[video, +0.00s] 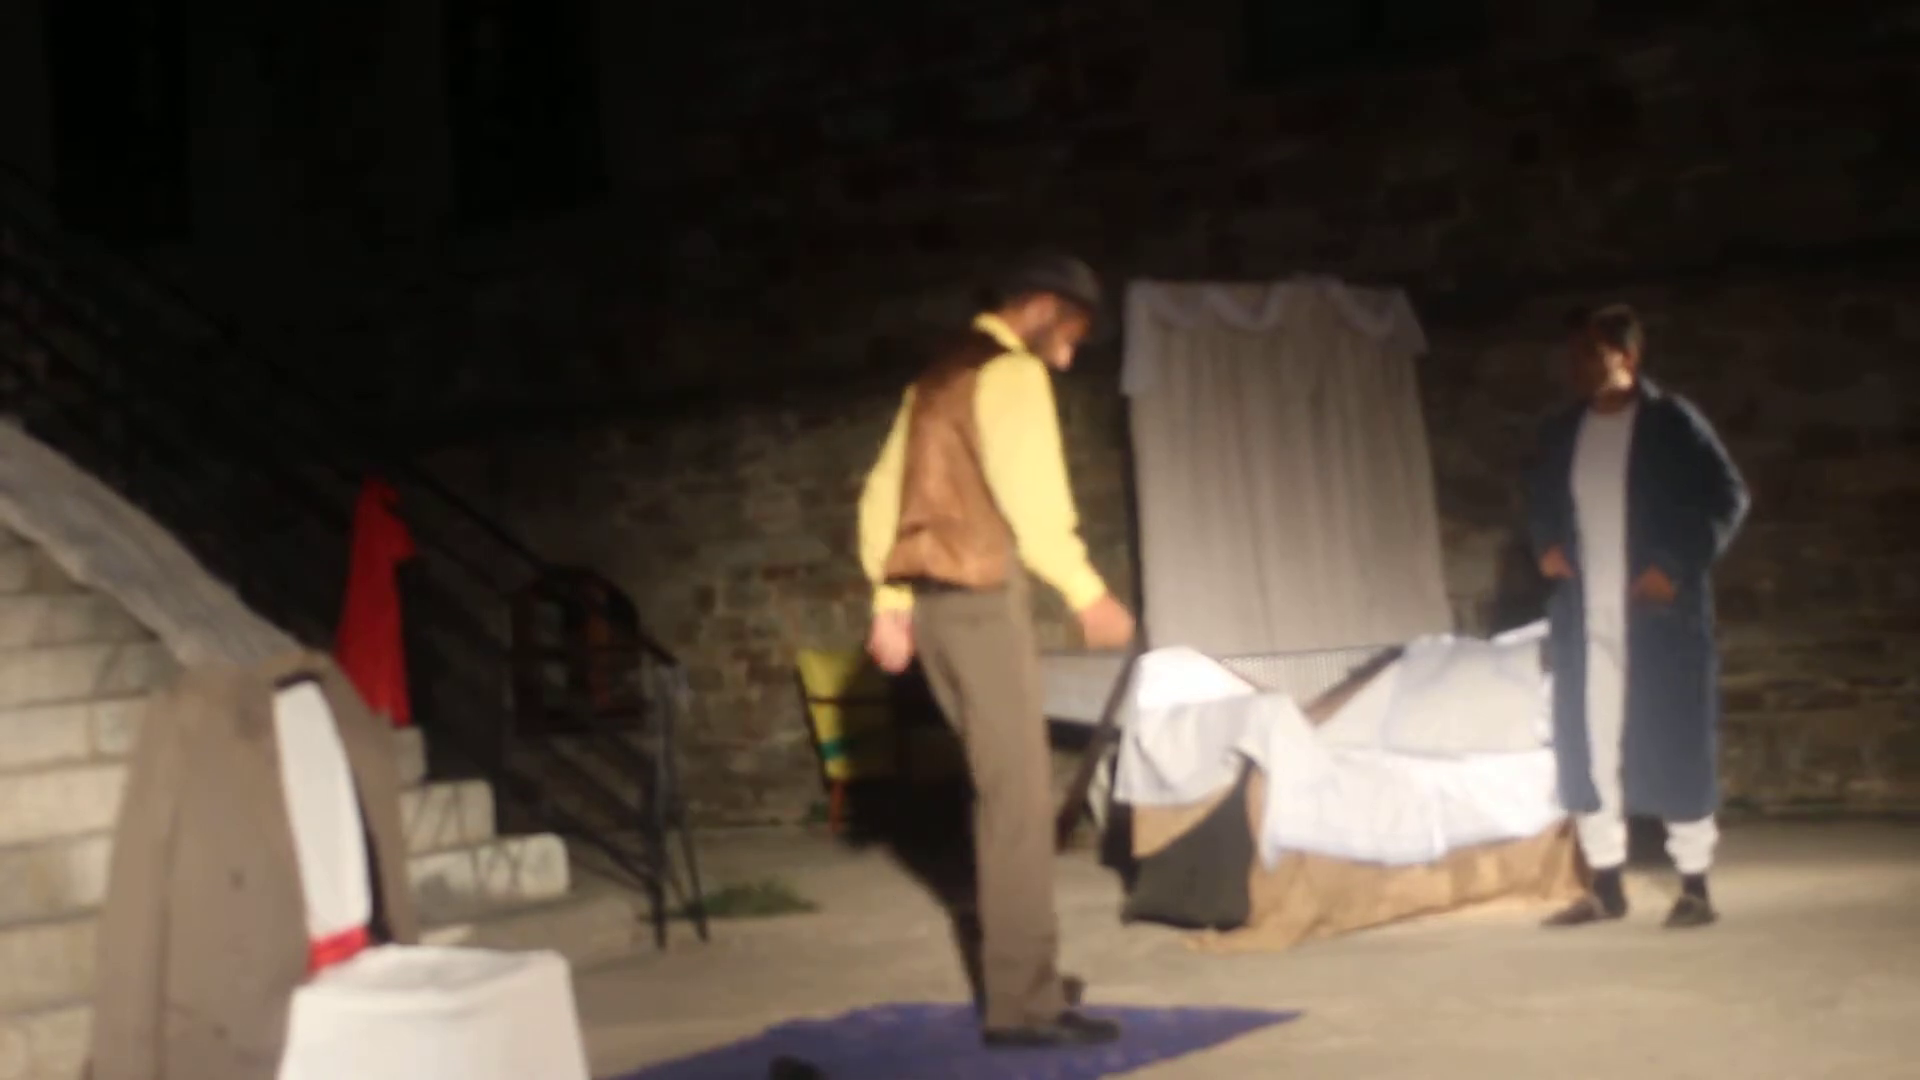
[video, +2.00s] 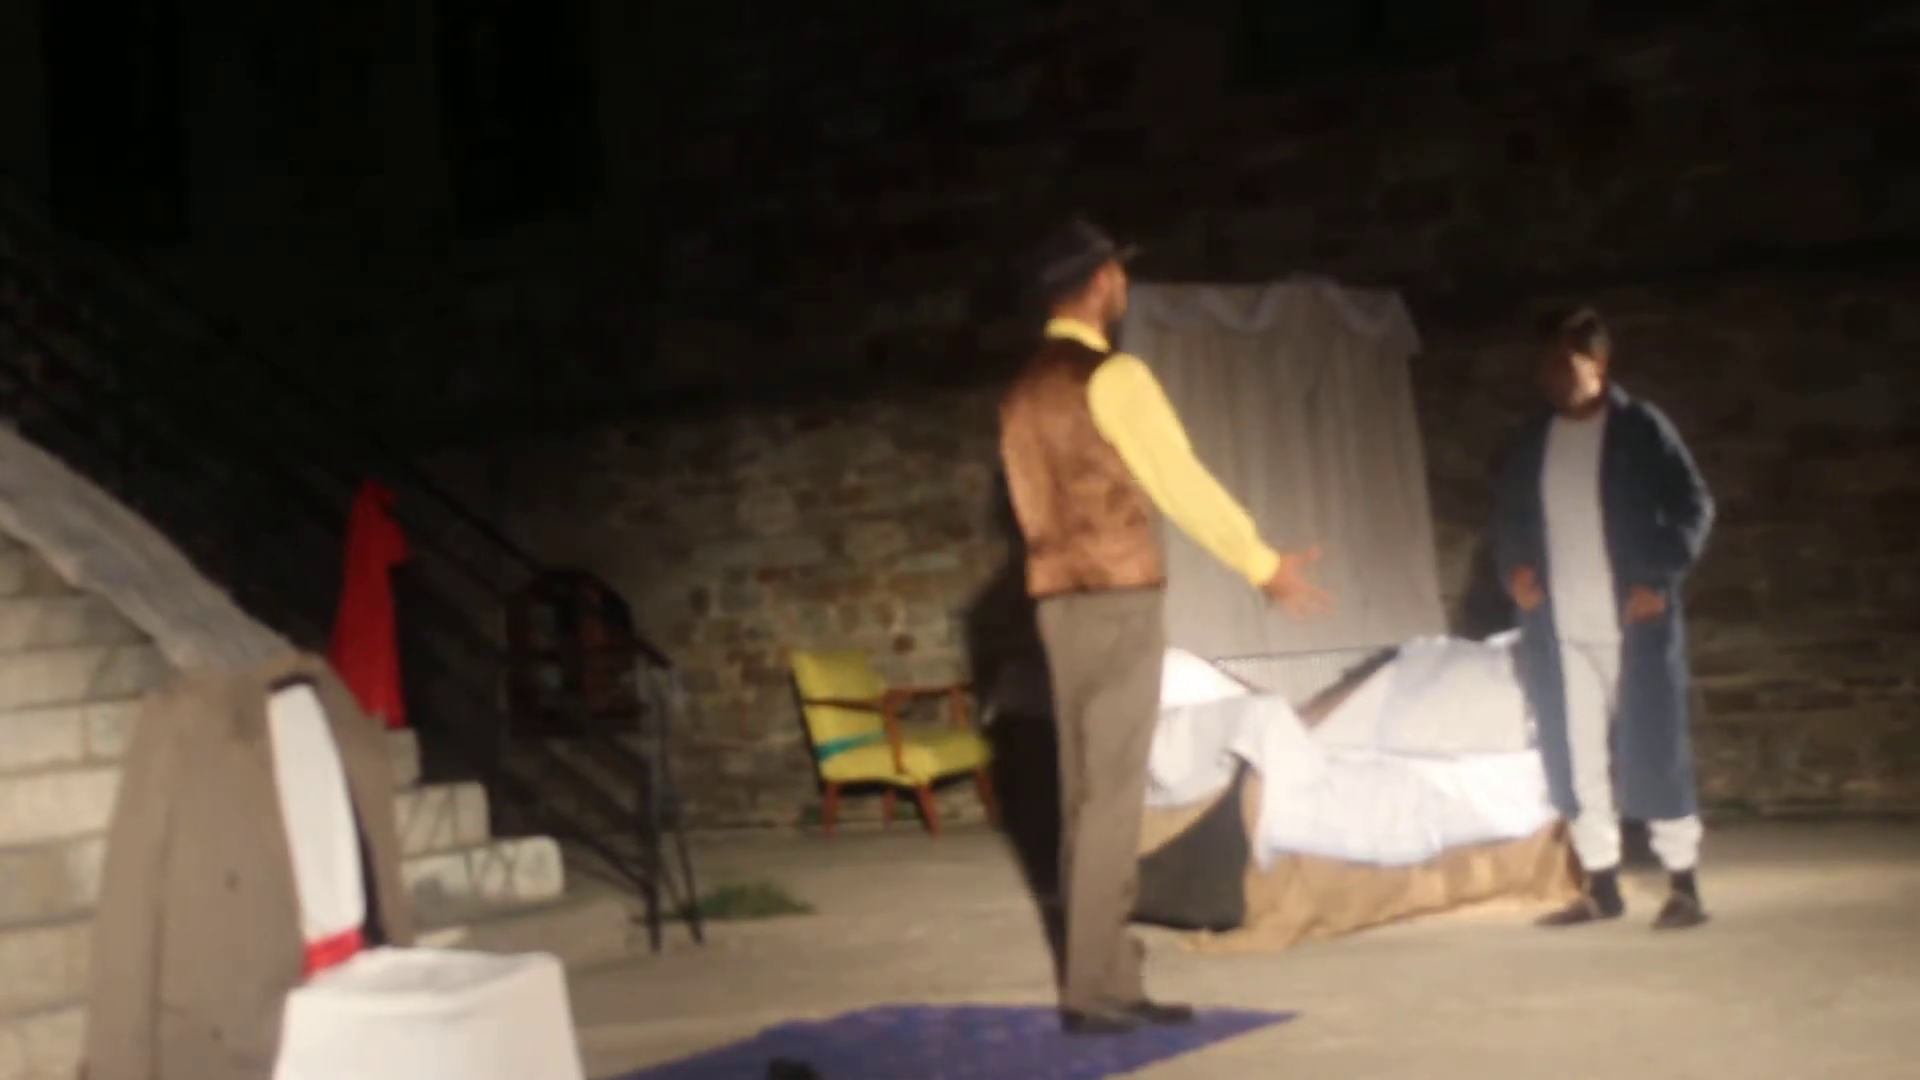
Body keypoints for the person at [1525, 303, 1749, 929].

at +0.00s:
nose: (1588, 368)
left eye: (1599, 356)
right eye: (1581, 357)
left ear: (1629, 357)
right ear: (1572, 363)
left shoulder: (1672, 421)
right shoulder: (1558, 431)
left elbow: (1727, 500)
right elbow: (1537, 494)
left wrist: (1675, 567)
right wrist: (1547, 541)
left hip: (1663, 622)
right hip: (1586, 624)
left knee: (1678, 743)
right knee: (1586, 745)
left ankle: (1694, 886)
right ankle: (1605, 886)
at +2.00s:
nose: (1567, 375)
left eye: (1577, 361)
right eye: (1557, 364)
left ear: (1602, 362)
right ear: (1544, 371)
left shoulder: (1641, 427)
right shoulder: (1527, 442)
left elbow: (1692, 507)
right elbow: (1506, 518)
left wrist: (1659, 579)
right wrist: (1513, 567)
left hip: (1636, 629)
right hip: (1560, 634)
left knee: (1656, 749)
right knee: (1575, 756)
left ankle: (1683, 885)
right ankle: (1602, 887)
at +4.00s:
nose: (1576, 399)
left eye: (1588, 386)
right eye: (1565, 385)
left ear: (1608, 376)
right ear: (1545, 376)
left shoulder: (1636, 429)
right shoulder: (1513, 431)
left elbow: (1681, 504)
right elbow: (1483, 500)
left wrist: (1641, 562)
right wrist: (1504, 551)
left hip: (1612, 627)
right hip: (1540, 626)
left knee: (1624, 750)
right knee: (1543, 753)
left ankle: (1640, 885)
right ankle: (1548, 889)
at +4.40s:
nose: (1514, 396)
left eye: (1526, 382)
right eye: (1505, 382)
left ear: (1552, 374)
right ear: (1489, 376)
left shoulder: (1588, 428)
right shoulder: (1463, 434)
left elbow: (1631, 502)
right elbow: (1431, 512)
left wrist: (1585, 560)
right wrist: (1476, 558)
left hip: (1575, 617)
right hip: (1494, 619)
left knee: (1596, 738)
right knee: (1501, 743)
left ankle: (1625, 888)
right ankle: (1518, 893)